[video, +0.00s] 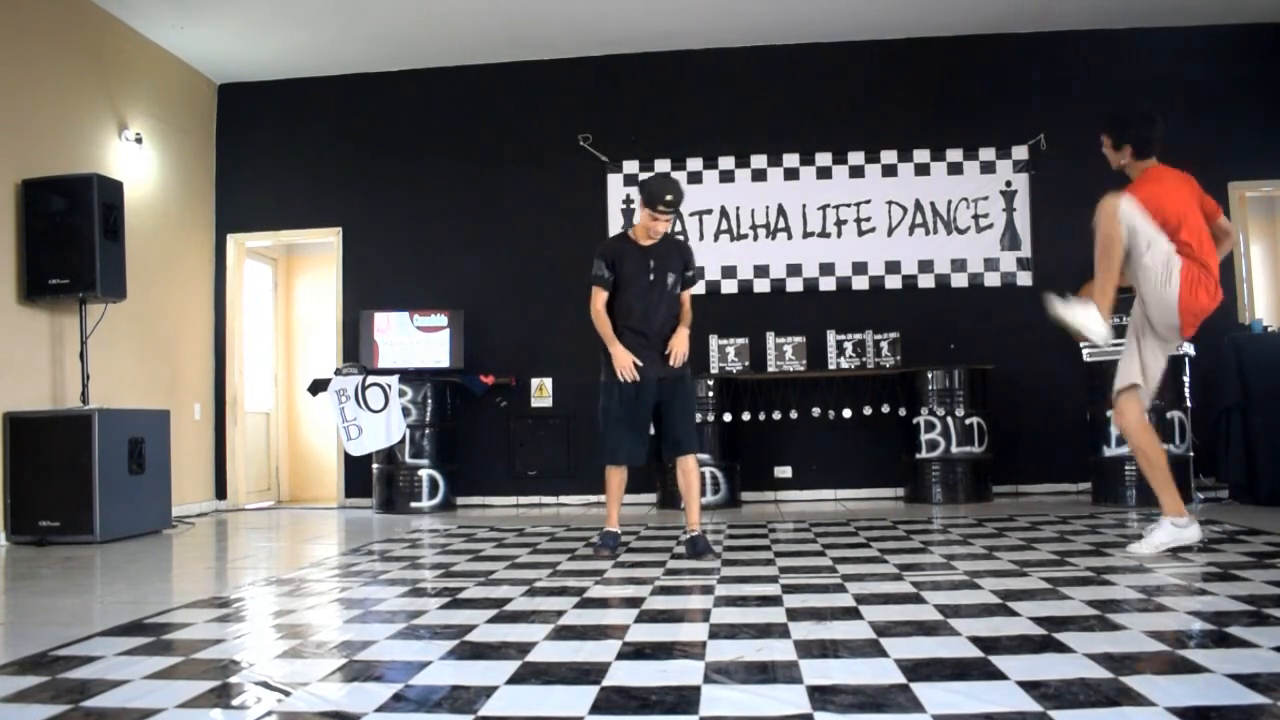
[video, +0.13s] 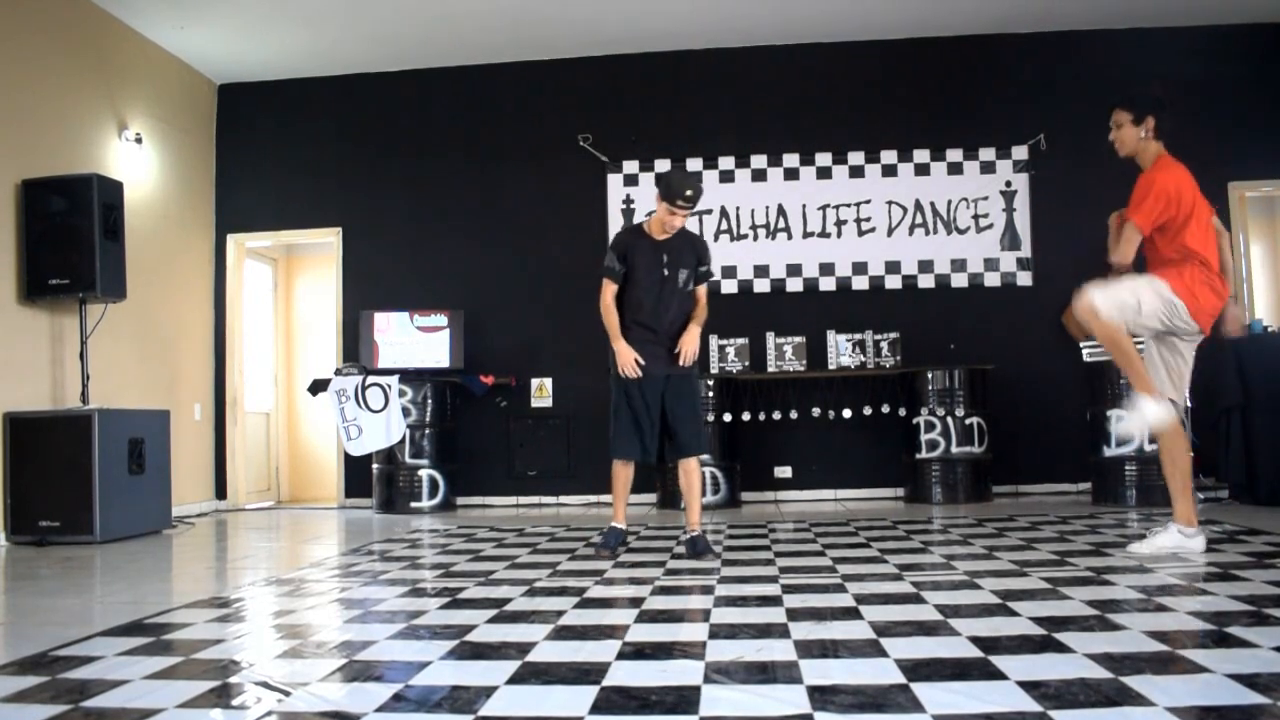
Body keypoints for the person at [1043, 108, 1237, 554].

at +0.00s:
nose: (1104, 153)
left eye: (1106, 146)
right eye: (1104, 146)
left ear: (1125, 149)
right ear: (1148, 147)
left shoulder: (1138, 192)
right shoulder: (1182, 181)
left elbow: (1120, 266)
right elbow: (1227, 233)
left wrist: (1095, 295)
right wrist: (1197, 266)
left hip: (1180, 290)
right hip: (1165, 313)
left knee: (1113, 204)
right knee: (1127, 411)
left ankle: (1097, 311)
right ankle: (1177, 518)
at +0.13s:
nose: (1111, 136)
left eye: (1118, 127)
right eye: (1111, 128)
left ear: (1147, 128)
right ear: (1141, 132)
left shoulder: (1158, 177)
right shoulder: (1176, 174)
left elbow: (1121, 258)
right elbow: (1222, 234)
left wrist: (1114, 230)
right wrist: (1229, 297)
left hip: (1183, 291)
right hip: (1195, 298)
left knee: (1089, 302)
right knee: (1165, 410)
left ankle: (1150, 400)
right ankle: (1186, 529)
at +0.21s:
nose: (1118, 130)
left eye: (1126, 120)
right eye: (1117, 122)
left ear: (1155, 121)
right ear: (1149, 126)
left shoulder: (1171, 170)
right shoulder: (1177, 171)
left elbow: (1140, 250)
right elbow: (1217, 242)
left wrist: (1123, 232)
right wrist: (1249, 300)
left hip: (1179, 297)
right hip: (1195, 301)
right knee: (1179, 415)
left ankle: (1194, 454)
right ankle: (1186, 529)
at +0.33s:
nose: (1129, 130)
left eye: (1137, 121)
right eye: (1128, 123)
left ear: (1165, 122)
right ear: (1158, 126)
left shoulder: (1184, 166)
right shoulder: (1186, 171)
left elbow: (1192, 237)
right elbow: (1231, 239)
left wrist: (1133, 249)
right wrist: (1256, 302)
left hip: (1189, 322)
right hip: (1171, 323)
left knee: (1199, 421)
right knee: (1177, 423)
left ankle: (1265, 512)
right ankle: (1186, 529)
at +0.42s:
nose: (1140, 130)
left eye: (1146, 121)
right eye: (1138, 123)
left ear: (1175, 121)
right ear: (1166, 124)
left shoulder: (1197, 164)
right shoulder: (1182, 172)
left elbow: (1217, 234)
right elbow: (1233, 242)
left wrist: (1154, 263)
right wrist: (1245, 309)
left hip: (1206, 326)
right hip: (1170, 327)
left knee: (1239, 424)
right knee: (1177, 425)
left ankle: (1276, 520)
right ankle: (1186, 529)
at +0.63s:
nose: (1172, 122)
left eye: (1180, 112)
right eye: (1170, 115)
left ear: (1210, 115)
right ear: (1184, 123)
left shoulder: (1244, 161)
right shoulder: (1189, 179)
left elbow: (1274, 229)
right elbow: (1207, 247)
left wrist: (1220, 263)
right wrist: (1193, 305)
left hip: (1253, 325)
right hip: (1199, 325)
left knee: (1268, 426)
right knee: (1193, 424)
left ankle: (1278, 524)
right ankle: (1187, 528)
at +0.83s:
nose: (1210, 117)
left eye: (1220, 108)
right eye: (1208, 110)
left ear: (1248, 115)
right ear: (1209, 120)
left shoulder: (1273, 162)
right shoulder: (1206, 179)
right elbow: (1180, 244)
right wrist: (1146, 300)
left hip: (1271, 319)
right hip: (1222, 319)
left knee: (1274, 426)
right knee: (1204, 417)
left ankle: (1275, 524)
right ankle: (1247, 511)